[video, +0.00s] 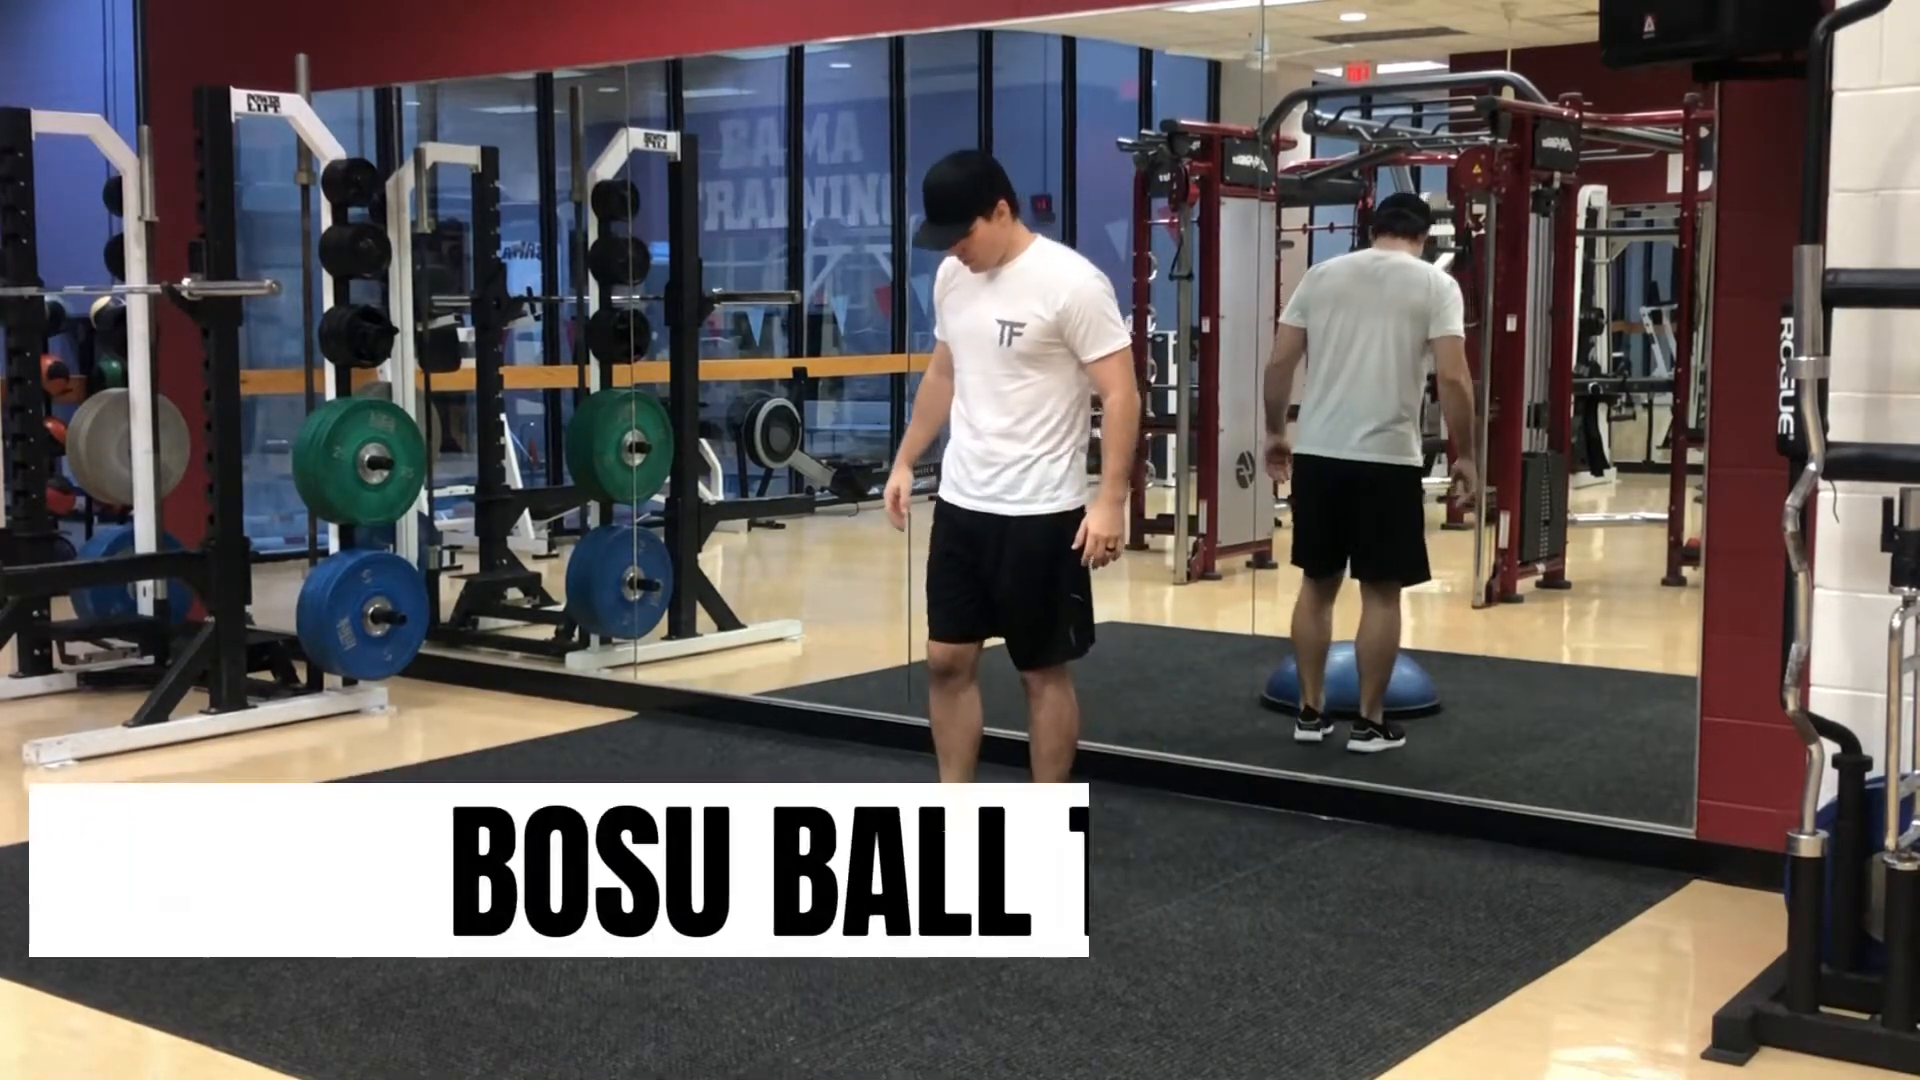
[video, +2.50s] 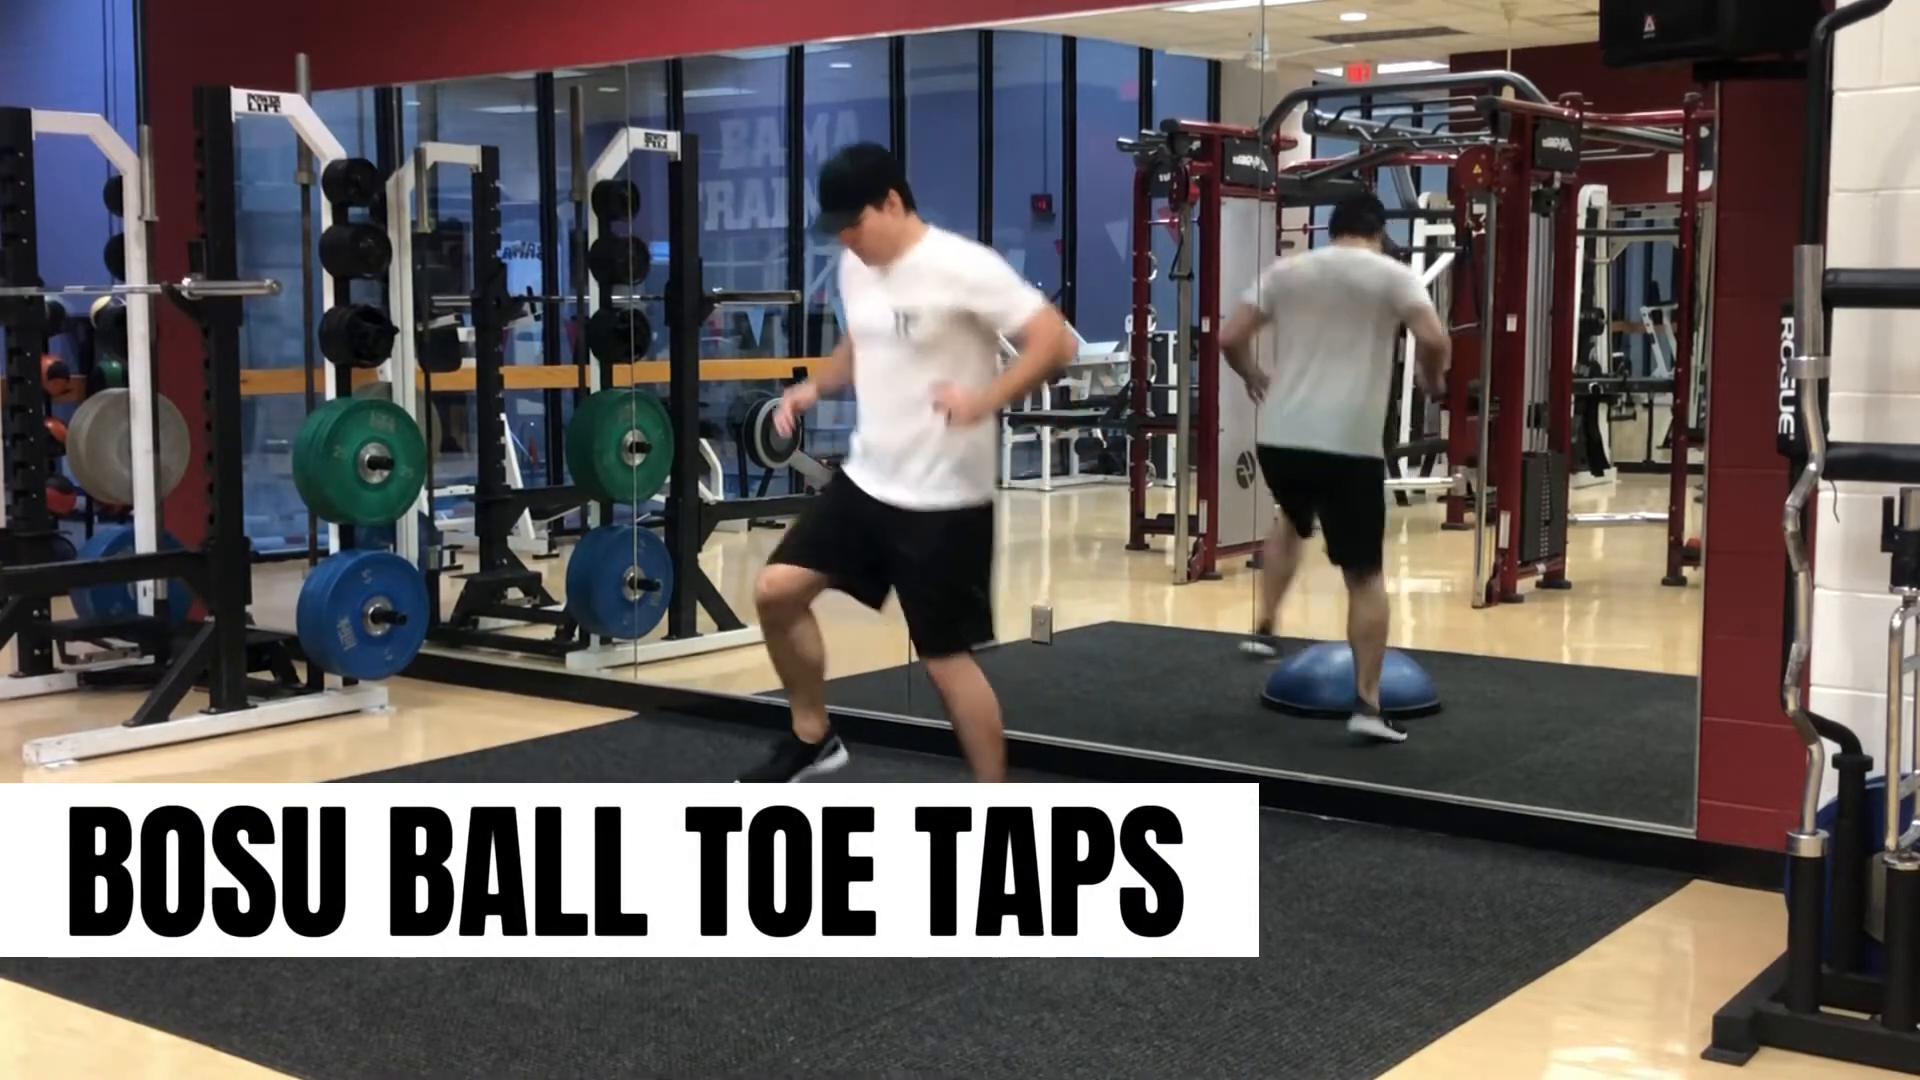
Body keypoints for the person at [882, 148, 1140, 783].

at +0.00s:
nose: (955, 249)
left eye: (962, 235)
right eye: (948, 239)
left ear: (1001, 210)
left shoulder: (1074, 283)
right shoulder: (952, 275)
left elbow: (1122, 395)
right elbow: (943, 373)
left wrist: (1111, 499)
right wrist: (904, 460)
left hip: (1042, 514)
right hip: (961, 508)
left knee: (1043, 673)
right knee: (947, 663)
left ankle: (1049, 816)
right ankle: (954, 807)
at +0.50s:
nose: (913, 260)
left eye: (918, 244)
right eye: (904, 250)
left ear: (954, 215)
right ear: (894, 235)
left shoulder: (1033, 275)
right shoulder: (911, 284)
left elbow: (1090, 380)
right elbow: (906, 384)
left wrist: (1067, 487)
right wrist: (877, 475)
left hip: (1018, 509)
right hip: (941, 508)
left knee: (998, 667)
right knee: (946, 667)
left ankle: (1012, 812)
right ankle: (953, 809)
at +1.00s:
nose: (926, 252)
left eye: (931, 236)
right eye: (919, 242)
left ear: (971, 211)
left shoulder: (1049, 277)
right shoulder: (937, 279)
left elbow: (1101, 384)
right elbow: (941, 377)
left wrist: (1072, 491)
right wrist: (905, 468)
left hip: (1022, 518)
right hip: (945, 506)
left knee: (1010, 677)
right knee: (882, 629)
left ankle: (1015, 813)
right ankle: (885, 789)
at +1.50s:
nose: (926, 248)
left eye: (931, 232)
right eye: (919, 237)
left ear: (971, 207)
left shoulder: (1046, 276)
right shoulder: (935, 276)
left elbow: (1096, 385)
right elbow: (934, 378)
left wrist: (1063, 493)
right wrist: (900, 469)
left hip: (1014, 518)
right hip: (939, 497)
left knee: (1001, 675)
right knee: (855, 597)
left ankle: (1012, 815)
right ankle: (822, 763)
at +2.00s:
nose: (905, 248)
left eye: (911, 232)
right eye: (899, 237)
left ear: (951, 208)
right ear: (941, 212)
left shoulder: (1030, 274)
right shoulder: (919, 279)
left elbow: (1084, 381)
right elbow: (918, 380)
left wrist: (1063, 493)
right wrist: (880, 466)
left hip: (1004, 516)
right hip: (925, 496)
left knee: (992, 676)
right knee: (846, 605)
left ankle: (1013, 812)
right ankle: (821, 766)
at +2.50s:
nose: (847, 241)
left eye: (852, 225)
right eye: (839, 230)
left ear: (892, 203)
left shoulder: (966, 267)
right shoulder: (854, 266)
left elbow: (1056, 339)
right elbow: (865, 347)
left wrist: (987, 398)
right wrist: (810, 385)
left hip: (945, 502)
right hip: (865, 485)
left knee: (947, 659)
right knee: (778, 592)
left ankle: (997, 798)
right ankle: (812, 737)